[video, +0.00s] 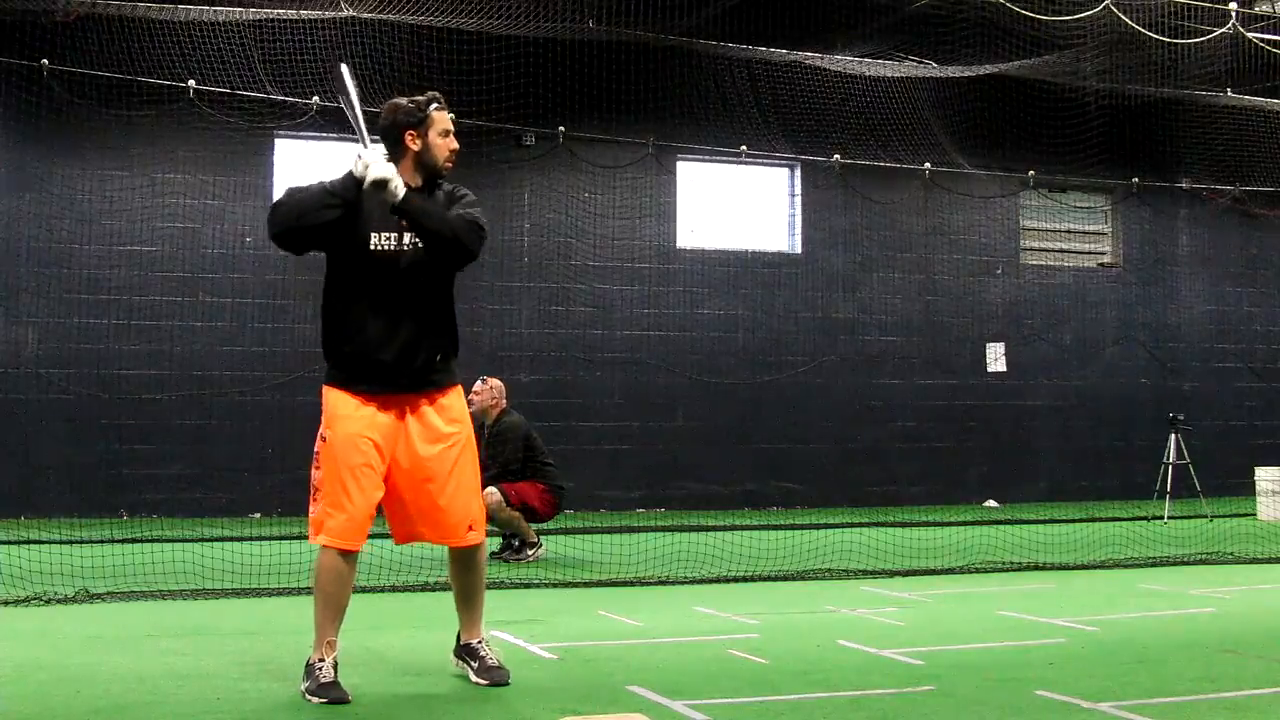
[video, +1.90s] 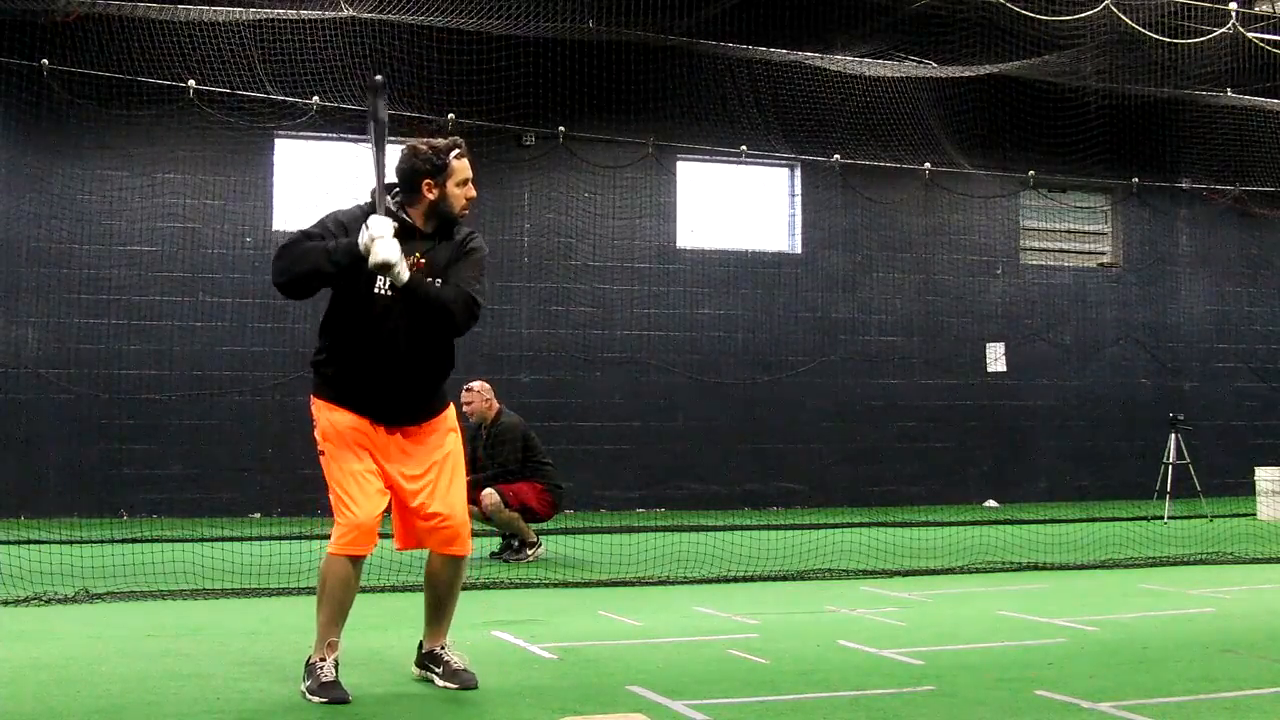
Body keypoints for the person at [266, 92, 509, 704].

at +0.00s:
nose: (456, 143)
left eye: (455, 134)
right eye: (448, 134)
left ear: (421, 139)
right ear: (412, 139)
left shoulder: (453, 199)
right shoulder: (350, 200)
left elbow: (465, 243)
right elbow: (282, 223)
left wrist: (395, 191)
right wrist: (358, 184)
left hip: (436, 393)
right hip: (356, 393)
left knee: (467, 527)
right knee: (342, 532)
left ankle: (472, 641)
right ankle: (323, 658)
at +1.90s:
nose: (472, 192)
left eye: (473, 182)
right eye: (464, 183)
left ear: (440, 187)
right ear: (429, 187)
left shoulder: (462, 244)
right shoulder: (360, 222)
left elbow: (460, 313)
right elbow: (287, 272)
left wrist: (406, 275)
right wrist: (358, 245)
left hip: (428, 416)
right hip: (349, 411)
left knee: (451, 532)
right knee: (358, 525)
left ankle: (434, 650)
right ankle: (323, 659)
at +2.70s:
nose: (520, 229)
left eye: (519, 221)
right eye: (513, 223)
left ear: (466, 217)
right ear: (484, 226)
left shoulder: (447, 232)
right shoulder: (454, 273)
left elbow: (536, 260)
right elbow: (541, 311)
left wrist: (601, 279)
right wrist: (613, 301)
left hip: (471, 408)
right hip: (437, 419)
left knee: (510, 532)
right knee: (450, 554)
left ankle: (555, 647)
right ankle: (321, 637)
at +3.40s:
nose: (547, 191)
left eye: (547, 181)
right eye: (543, 182)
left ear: (490, 182)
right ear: (517, 186)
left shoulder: (441, 221)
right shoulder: (520, 251)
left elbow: (484, 278)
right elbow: (561, 286)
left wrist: (542, 248)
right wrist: (574, 251)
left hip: (483, 417)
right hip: (450, 419)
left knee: (536, 523)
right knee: (440, 558)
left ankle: (564, 649)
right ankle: (305, 638)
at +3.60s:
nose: (562, 194)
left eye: (563, 183)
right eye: (556, 185)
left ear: (517, 183)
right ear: (523, 185)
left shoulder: (485, 215)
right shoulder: (514, 255)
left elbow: (541, 285)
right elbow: (555, 334)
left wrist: (598, 306)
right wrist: (622, 333)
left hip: (494, 410)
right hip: (451, 416)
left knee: (545, 520)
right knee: (440, 552)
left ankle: (565, 647)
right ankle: (305, 636)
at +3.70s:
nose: (571, 198)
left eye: (572, 188)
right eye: (564, 188)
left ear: (526, 187)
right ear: (529, 187)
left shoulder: (506, 223)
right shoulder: (509, 254)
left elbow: (547, 305)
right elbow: (543, 349)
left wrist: (598, 339)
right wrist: (614, 371)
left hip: (497, 409)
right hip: (450, 414)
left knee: (550, 518)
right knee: (436, 552)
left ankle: (565, 647)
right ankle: (304, 636)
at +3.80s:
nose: (578, 202)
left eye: (580, 191)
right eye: (573, 192)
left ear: (538, 187)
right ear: (536, 188)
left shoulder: (523, 224)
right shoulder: (509, 255)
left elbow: (547, 318)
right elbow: (534, 361)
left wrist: (591, 368)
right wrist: (595, 398)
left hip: (501, 405)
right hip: (450, 413)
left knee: (554, 513)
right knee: (432, 549)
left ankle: (566, 646)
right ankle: (304, 637)